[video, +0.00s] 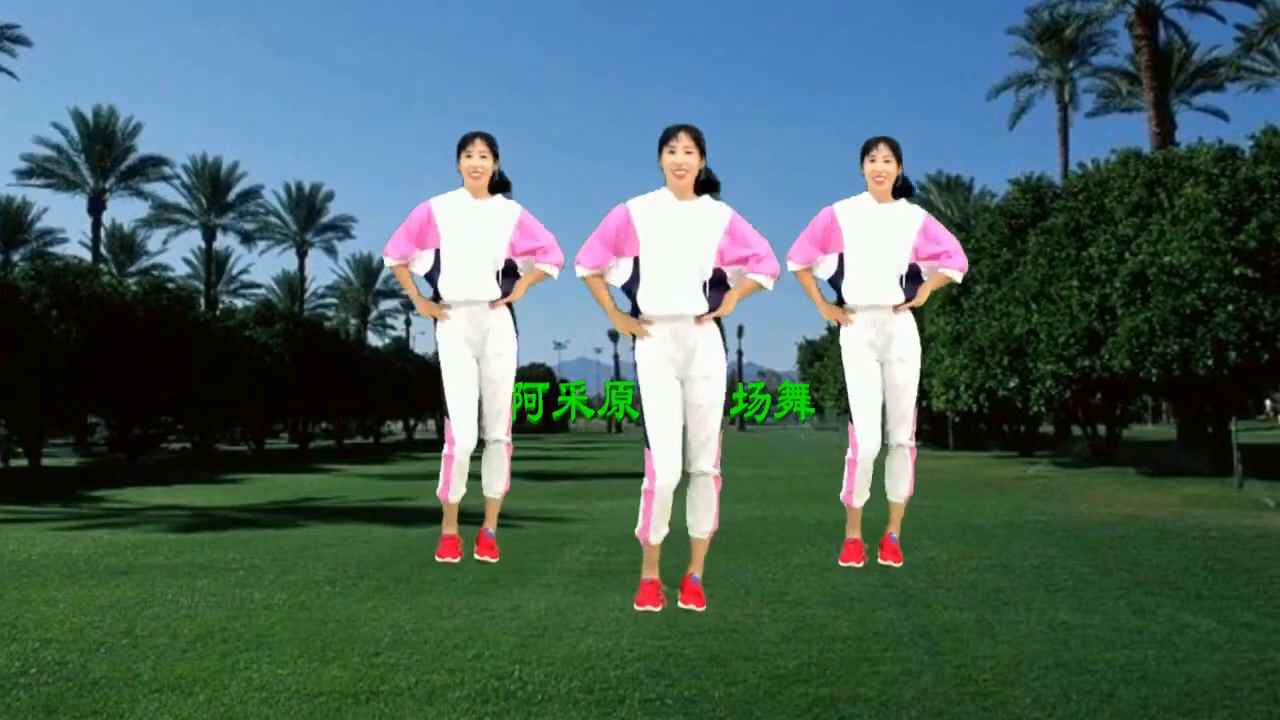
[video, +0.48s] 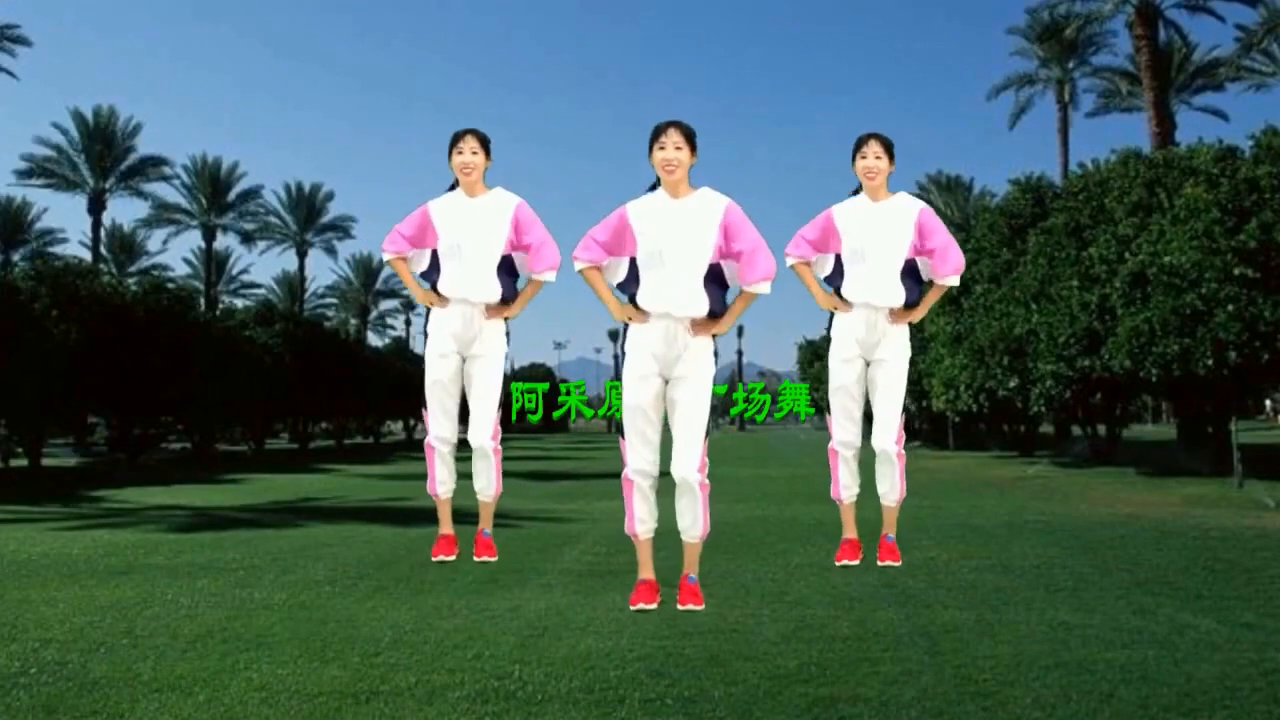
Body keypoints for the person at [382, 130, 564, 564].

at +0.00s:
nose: (476, 162)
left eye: (484, 156)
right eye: (469, 156)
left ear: (495, 165)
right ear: (458, 164)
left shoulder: (511, 212)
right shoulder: (436, 210)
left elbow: (551, 255)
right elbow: (396, 255)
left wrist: (523, 284)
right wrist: (420, 301)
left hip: (498, 321)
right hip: (453, 322)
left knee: (498, 428)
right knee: (461, 429)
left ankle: (489, 531)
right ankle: (449, 530)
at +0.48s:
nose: (467, 158)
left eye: (474, 151)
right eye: (459, 152)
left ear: (488, 160)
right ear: (451, 163)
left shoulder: (510, 206)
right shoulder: (436, 209)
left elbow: (547, 258)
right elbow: (392, 249)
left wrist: (516, 306)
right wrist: (420, 292)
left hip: (490, 322)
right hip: (444, 320)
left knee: (484, 430)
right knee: (440, 429)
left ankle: (485, 532)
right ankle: (446, 530)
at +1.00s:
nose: (461, 153)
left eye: (469, 145)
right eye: (457, 146)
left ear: (491, 150)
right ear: (453, 154)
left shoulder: (515, 190)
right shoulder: (437, 198)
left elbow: (572, 191)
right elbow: (392, 243)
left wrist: (539, 203)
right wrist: (418, 287)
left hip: (493, 306)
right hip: (448, 307)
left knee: (492, 424)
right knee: (444, 424)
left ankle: (488, 528)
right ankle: (441, 528)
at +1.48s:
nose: (461, 155)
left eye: (470, 148)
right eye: (459, 148)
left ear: (493, 154)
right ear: (456, 155)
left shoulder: (508, 201)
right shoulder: (435, 197)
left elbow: (498, 235)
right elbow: (392, 239)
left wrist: (488, 176)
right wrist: (407, 285)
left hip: (481, 310)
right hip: (437, 309)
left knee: (483, 424)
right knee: (433, 423)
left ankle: (487, 527)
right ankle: (418, 503)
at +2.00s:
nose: (455, 138)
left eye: (465, 133)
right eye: (453, 132)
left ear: (486, 143)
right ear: (449, 140)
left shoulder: (497, 186)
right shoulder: (427, 183)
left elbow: (508, 224)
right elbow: (386, 223)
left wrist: (498, 166)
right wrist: (403, 272)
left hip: (476, 293)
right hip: (432, 292)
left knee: (477, 411)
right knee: (428, 410)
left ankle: (479, 521)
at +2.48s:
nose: (457, 155)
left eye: (468, 147)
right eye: (453, 147)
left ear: (484, 156)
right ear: (446, 153)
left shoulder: (489, 201)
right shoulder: (423, 193)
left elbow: (444, 196)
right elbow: (377, 230)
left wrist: (449, 146)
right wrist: (387, 276)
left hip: (452, 307)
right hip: (409, 302)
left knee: (459, 423)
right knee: (398, 419)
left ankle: (470, 525)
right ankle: (382, 506)